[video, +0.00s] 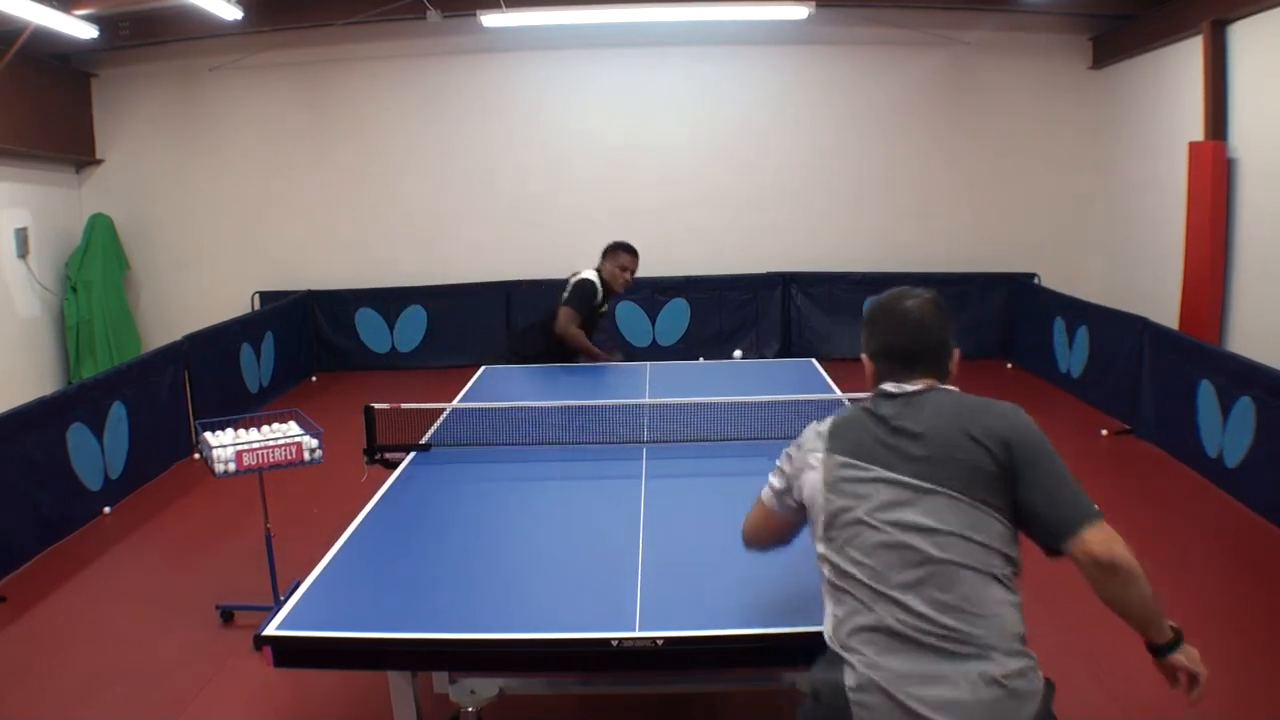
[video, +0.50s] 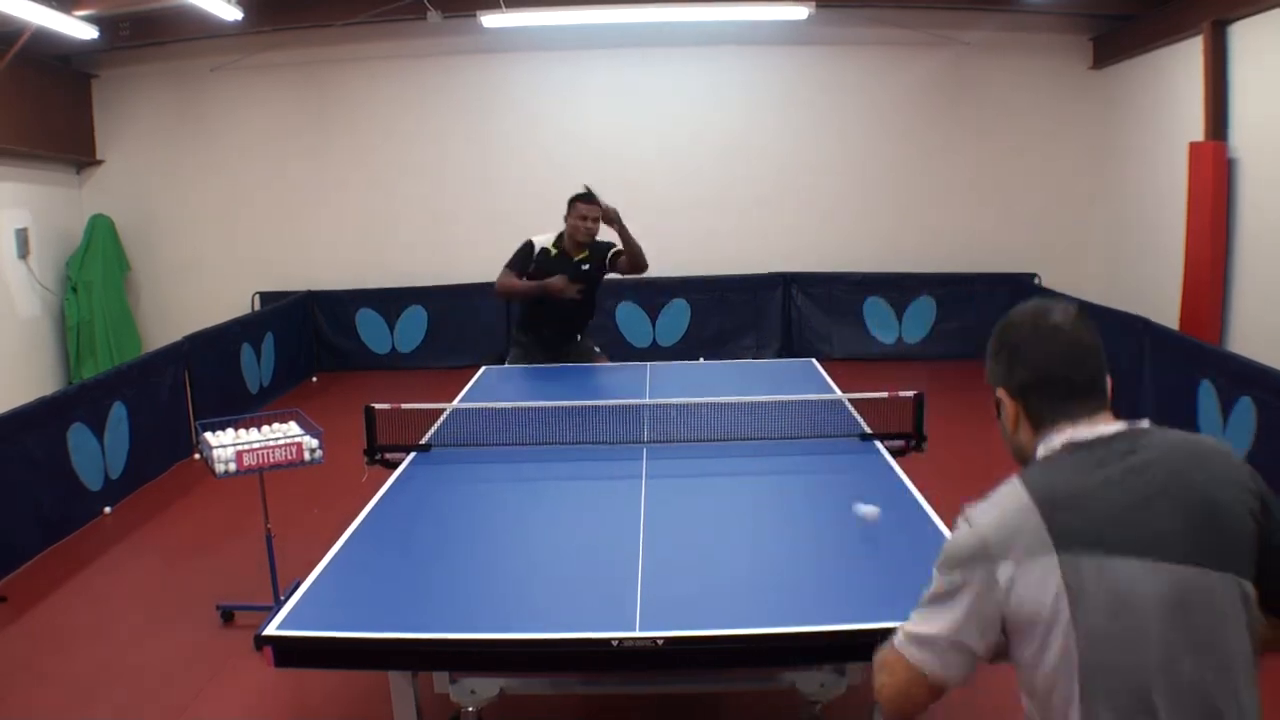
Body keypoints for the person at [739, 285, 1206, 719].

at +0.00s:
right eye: (957, 353)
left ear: (866, 366)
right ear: (954, 364)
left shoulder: (821, 441)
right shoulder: (1004, 427)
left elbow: (757, 533)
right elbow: (1102, 553)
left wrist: (815, 482)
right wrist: (1165, 642)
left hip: (867, 698)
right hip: (997, 699)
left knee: (825, 677)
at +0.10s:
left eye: (903, 354)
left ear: (910, 363)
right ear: (1003, 360)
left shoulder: (865, 450)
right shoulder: (1071, 440)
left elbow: (775, 569)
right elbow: (1173, 567)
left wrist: (834, 531)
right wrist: (1175, 619)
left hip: (910, 704)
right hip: (1045, 705)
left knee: (820, 687)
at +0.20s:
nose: (945, 333)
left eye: (944, 323)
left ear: (954, 329)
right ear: (1047, 324)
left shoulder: (926, 415)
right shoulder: (1132, 409)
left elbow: (815, 553)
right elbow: (1212, 530)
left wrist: (872, 535)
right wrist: (1156, 558)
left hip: (978, 695)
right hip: (1115, 696)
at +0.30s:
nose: (973, 309)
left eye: (970, 296)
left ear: (983, 304)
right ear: (1075, 295)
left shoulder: (958, 388)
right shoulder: (1168, 379)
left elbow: (851, 553)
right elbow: (1241, 519)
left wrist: (882, 562)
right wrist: (1143, 539)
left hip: (1023, 694)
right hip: (1168, 691)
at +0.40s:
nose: (993, 333)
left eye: (992, 322)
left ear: (1005, 328)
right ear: (1102, 316)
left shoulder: (981, 422)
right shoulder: (1199, 401)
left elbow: (883, 613)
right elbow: (1265, 561)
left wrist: (913, 620)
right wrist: (1174, 578)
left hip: (1051, 705)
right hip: (1199, 704)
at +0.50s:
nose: (1000, 423)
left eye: (997, 409)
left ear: (1010, 410)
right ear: (1108, 387)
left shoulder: (1002, 526)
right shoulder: (1227, 471)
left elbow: (898, 693)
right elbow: (1269, 623)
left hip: (1079, 708)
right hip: (1226, 708)